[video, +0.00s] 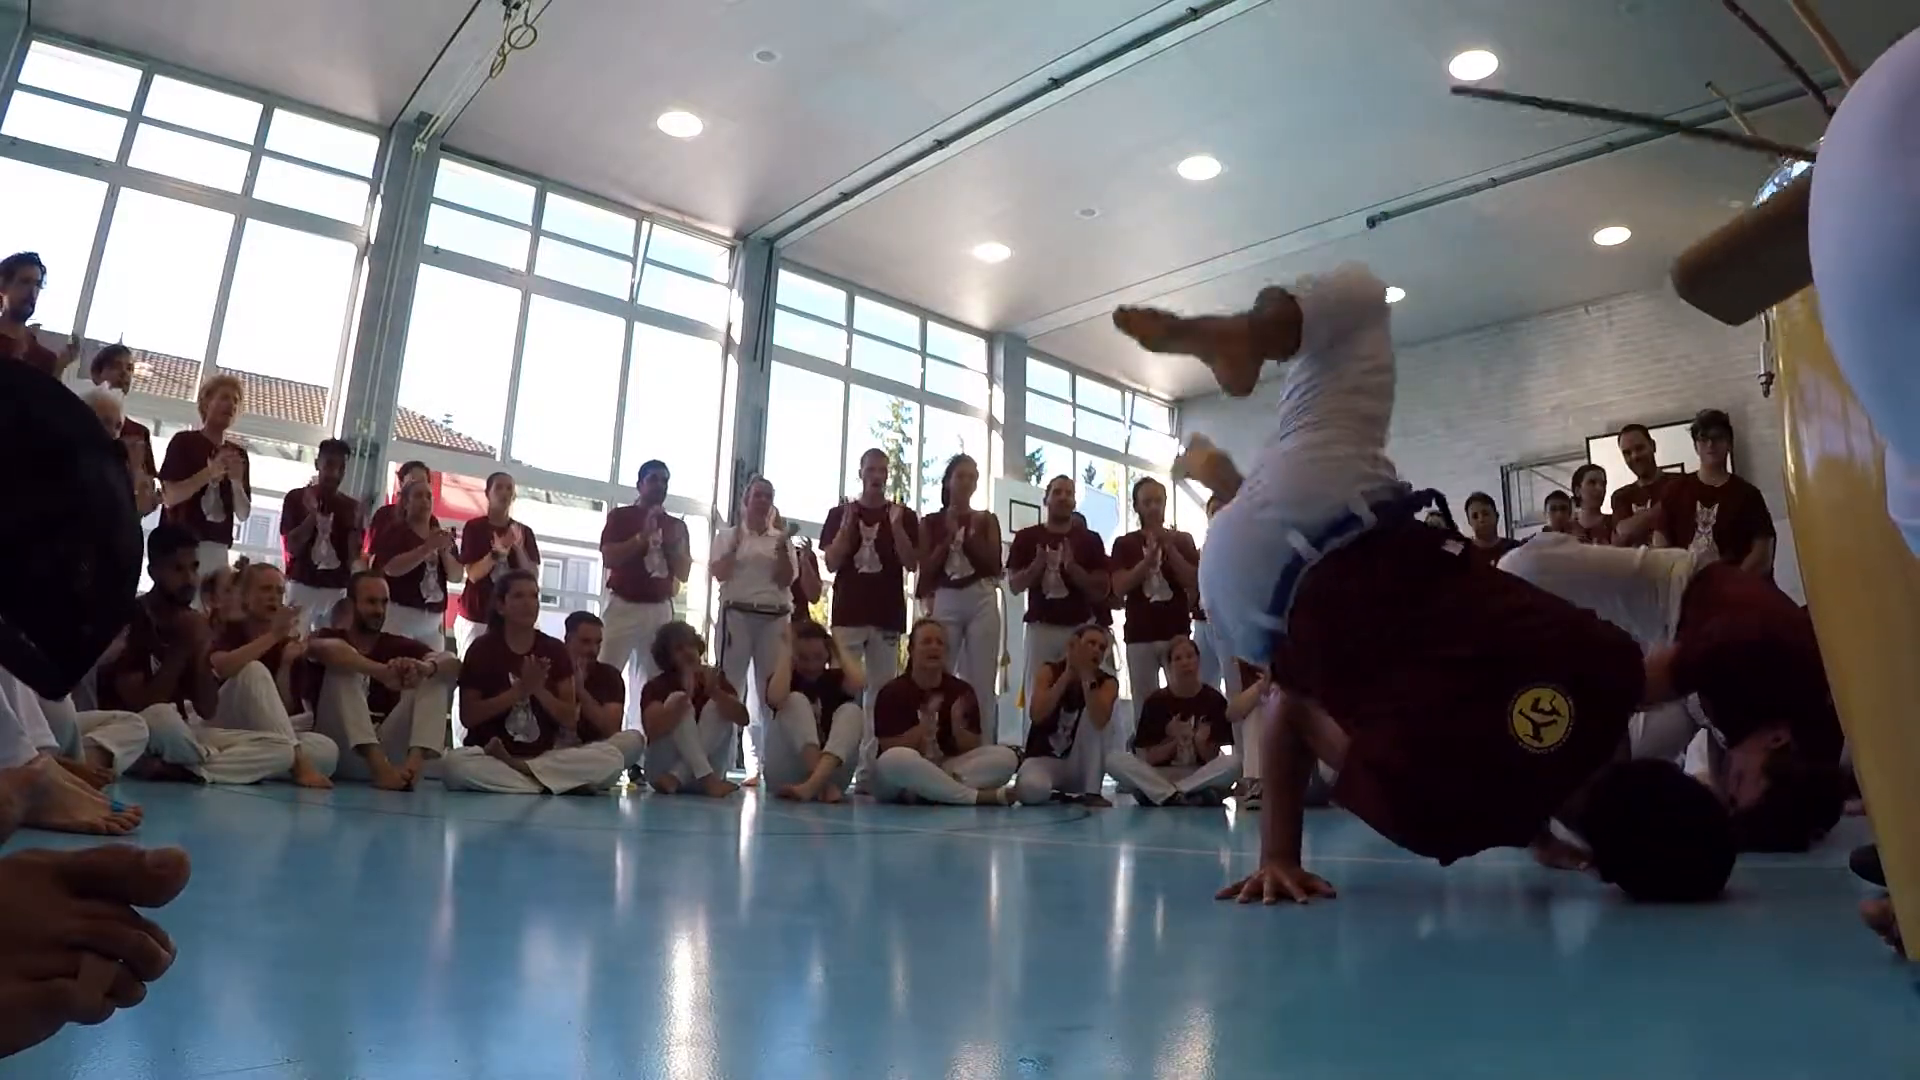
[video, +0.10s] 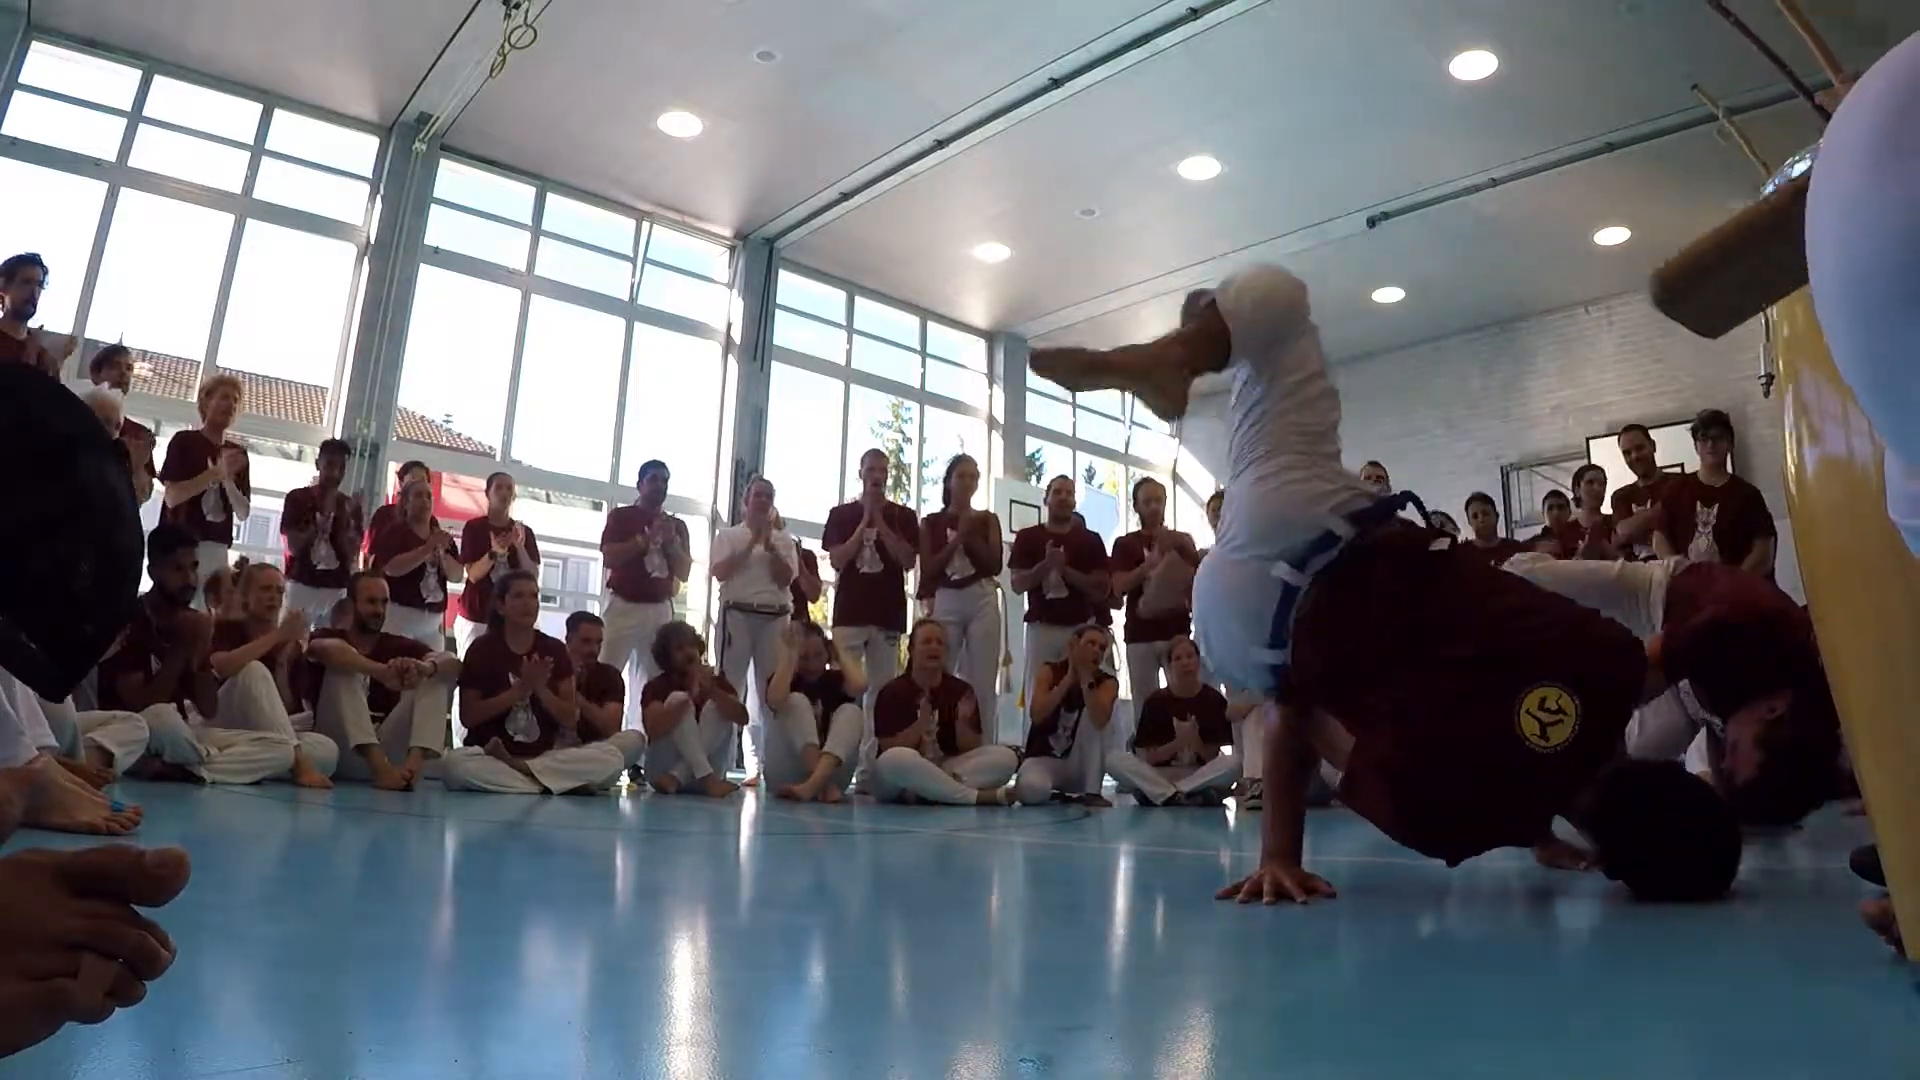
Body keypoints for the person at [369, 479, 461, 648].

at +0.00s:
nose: (425, 501)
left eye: (428, 497)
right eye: (418, 496)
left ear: (432, 502)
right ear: (406, 502)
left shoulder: (440, 535)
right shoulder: (394, 531)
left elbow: (456, 576)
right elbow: (391, 569)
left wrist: (445, 551)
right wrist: (428, 547)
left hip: (434, 614)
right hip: (400, 610)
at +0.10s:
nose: (425, 501)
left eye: (428, 496)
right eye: (418, 496)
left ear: (433, 502)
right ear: (405, 502)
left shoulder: (441, 537)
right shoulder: (394, 533)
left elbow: (457, 576)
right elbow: (390, 569)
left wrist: (443, 556)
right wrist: (426, 549)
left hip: (434, 614)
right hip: (400, 610)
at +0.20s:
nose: (425, 501)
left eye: (428, 497)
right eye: (418, 496)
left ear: (433, 502)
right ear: (406, 502)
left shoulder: (442, 537)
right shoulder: (393, 533)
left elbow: (457, 576)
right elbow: (391, 569)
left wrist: (443, 553)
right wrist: (427, 549)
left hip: (434, 614)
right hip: (400, 611)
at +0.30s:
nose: (425, 501)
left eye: (428, 496)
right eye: (418, 496)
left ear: (432, 502)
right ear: (406, 502)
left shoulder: (440, 535)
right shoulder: (394, 532)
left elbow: (457, 576)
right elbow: (391, 568)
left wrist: (446, 553)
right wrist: (428, 548)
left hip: (434, 614)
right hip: (400, 610)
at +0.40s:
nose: (425, 501)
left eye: (429, 496)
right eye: (419, 496)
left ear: (433, 501)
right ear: (406, 502)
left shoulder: (441, 537)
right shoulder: (394, 533)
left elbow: (457, 576)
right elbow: (391, 569)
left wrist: (440, 556)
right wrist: (427, 549)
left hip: (433, 614)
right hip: (400, 610)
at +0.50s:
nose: (425, 501)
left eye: (429, 497)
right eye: (419, 496)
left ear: (433, 502)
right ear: (406, 502)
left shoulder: (440, 536)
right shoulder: (394, 532)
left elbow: (458, 575)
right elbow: (392, 569)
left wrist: (441, 556)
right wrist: (428, 549)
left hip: (434, 614)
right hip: (400, 610)